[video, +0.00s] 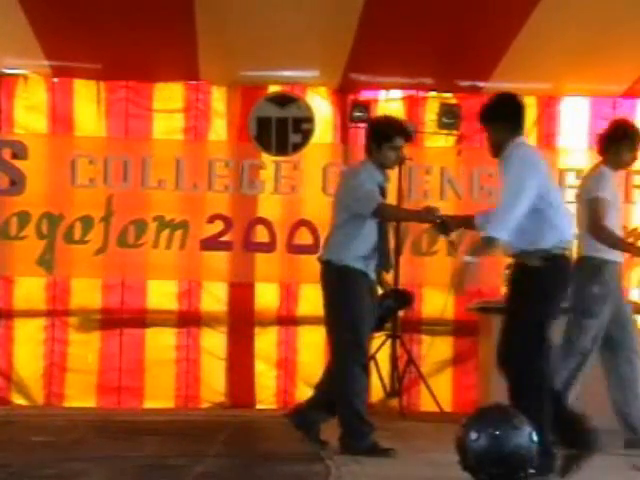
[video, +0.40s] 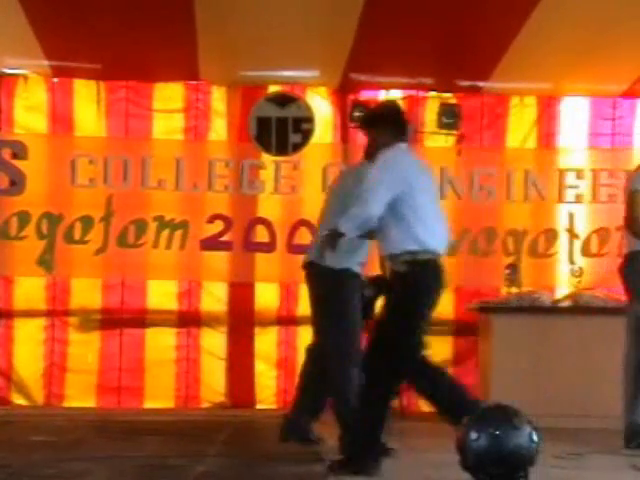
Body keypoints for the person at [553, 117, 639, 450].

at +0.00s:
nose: (635, 156)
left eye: (635, 149)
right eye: (632, 149)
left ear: (613, 147)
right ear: (617, 147)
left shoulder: (608, 178)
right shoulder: (600, 177)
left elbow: (600, 226)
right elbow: (595, 226)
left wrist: (626, 241)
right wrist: (629, 246)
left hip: (607, 267)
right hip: (595, 267)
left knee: (624, 351)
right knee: (577, 346)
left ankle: (634, 427)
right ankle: (541, 416)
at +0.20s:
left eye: (639, 140)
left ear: (630, 144)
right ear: (636, 143)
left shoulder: (629, 174)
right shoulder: (629, 173)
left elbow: (619, 223)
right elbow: (619, 222)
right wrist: (639, 249)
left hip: (626, 261)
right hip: (624, 262)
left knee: (630, 350)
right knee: (629, 348)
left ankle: (635, 429)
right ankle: (573, 409)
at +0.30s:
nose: (638, 139)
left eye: (639, 136)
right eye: (638, 136)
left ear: (637, 141)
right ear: (637, 141)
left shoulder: (633, 174)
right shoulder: (633, 174)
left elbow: (626, 223)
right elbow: (629, 221)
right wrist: (638, 239)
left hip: (631, 258)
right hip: (631, 258)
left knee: (632, 340)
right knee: (634, 339)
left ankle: (624, 409)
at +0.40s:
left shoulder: (633, 178)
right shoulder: (634, 178)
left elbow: (630, 223)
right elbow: (632, 223)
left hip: (634, 253)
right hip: (635, 253)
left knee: (634, 351)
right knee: (634, 351)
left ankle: (633, 427)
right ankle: (633, 427)